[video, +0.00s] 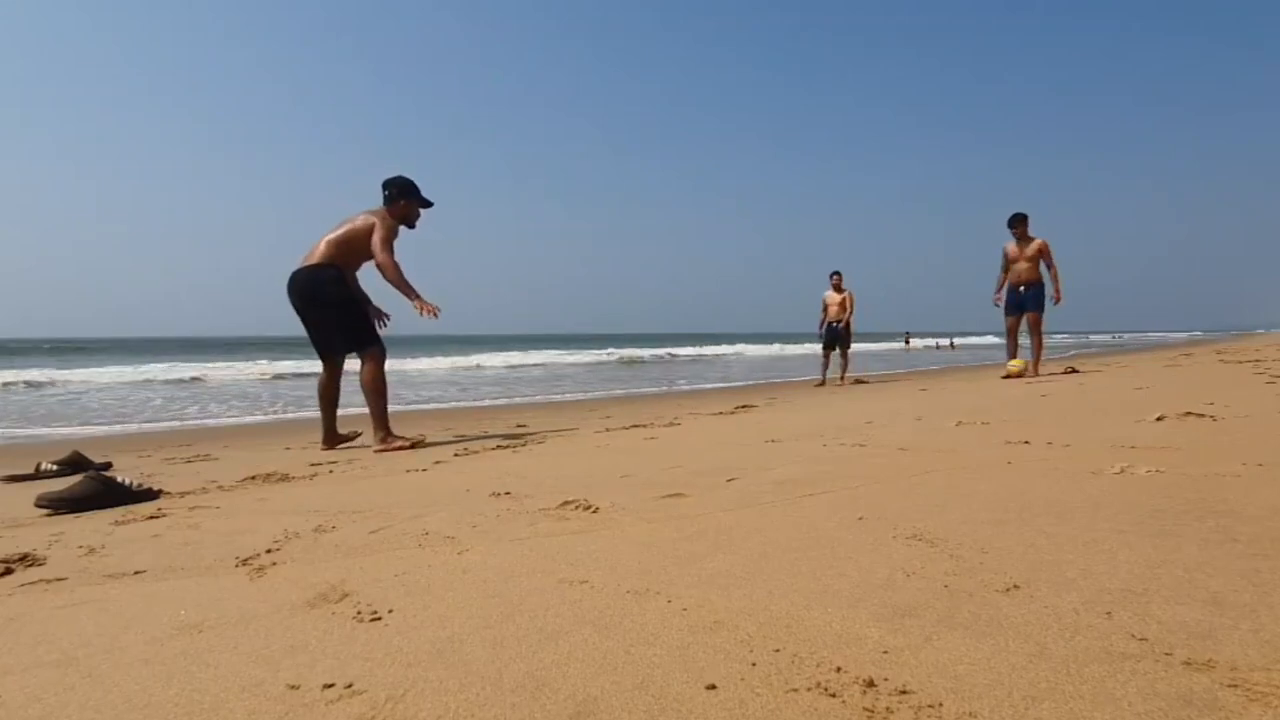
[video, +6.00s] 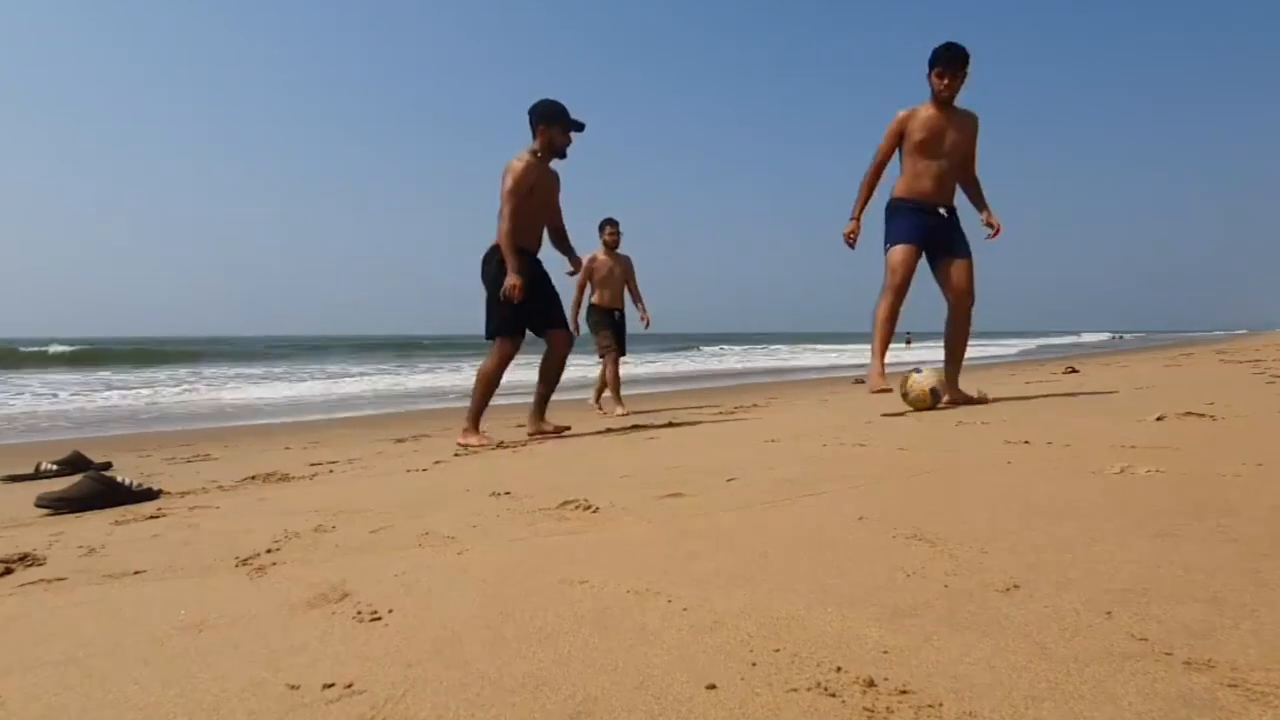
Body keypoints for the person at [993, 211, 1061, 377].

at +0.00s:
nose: (1014, 232)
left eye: (1017, 228)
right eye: (1012, 229)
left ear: (1026, 226)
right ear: (1010, 230)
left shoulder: (1039, 245)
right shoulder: (1008, 248)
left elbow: (1051, 267)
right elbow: (1004, 271)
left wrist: (1056, 289)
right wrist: (998, 291)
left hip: (1033, 286)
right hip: (1013, 287)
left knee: (1034, 325)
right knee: (1010, 328)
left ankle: (1034, 367)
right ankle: (1011, 366)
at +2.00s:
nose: (978, 222)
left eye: (982, 219)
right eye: (976, 219)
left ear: (992, 218)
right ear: (975, 219)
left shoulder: (1006, 239)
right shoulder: (970, 241)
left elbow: (1019, 266)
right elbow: (963, 266)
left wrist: (1031, 290)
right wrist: (951, 288)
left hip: (997, 286)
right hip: (975, 287)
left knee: (995, 329)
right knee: (976, 335)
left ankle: (993, 372)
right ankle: (988, 367)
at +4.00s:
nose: (745, 197)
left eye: (749, 192)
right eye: (744, 192)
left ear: (762, 191)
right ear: (745, 193)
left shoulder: (780, 217)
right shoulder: (741, 221)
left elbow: (810, 242)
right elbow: (713, 246)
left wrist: (844, 256)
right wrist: (677, 255)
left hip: (771, 281)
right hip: (749, 281)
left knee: (747, 333)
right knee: (722, 334)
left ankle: (747, 391)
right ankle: (756, 356)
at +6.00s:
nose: (946, 82)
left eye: (953, 76)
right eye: (940, 75)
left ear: (963, 79)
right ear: (929, 76)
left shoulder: (968, 123)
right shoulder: (908, 119)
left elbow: (967, 174)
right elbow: (876, 169)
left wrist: (984, 210)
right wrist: (856, 218)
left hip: (945, 216)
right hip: (907, 211)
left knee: (963, 294)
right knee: (897, 281)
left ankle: (951, 387)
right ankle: (877, 372)